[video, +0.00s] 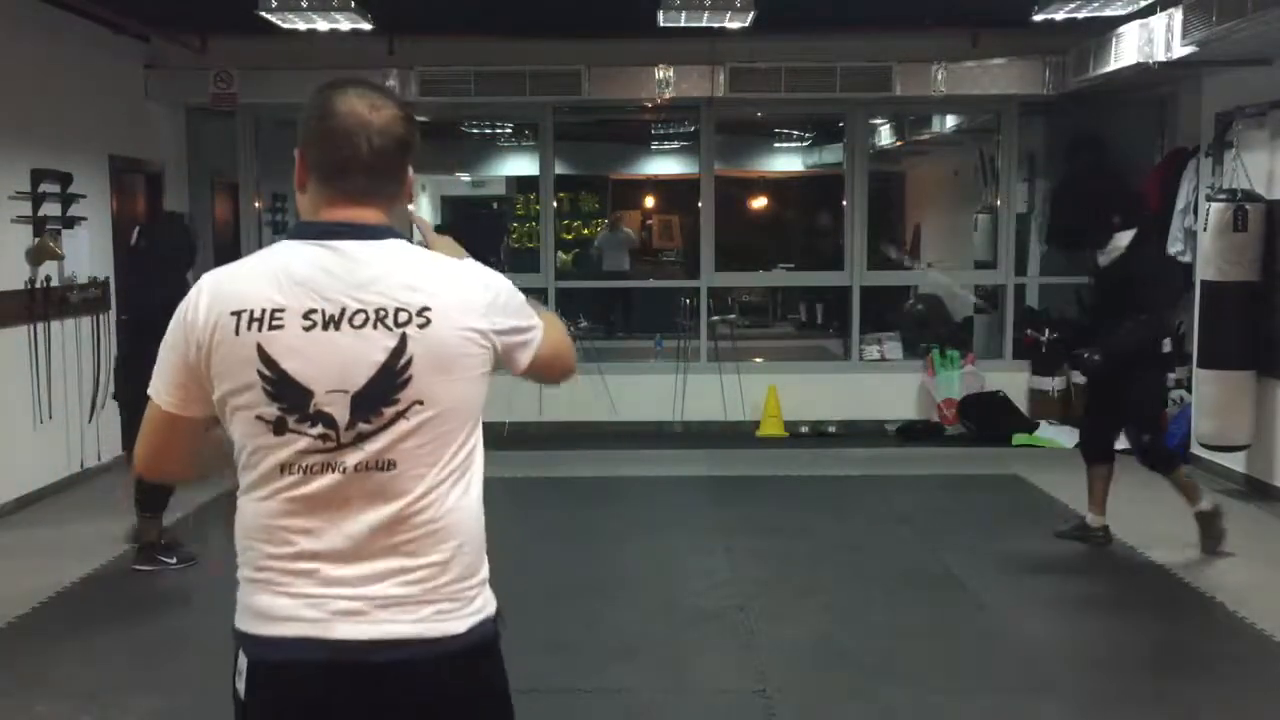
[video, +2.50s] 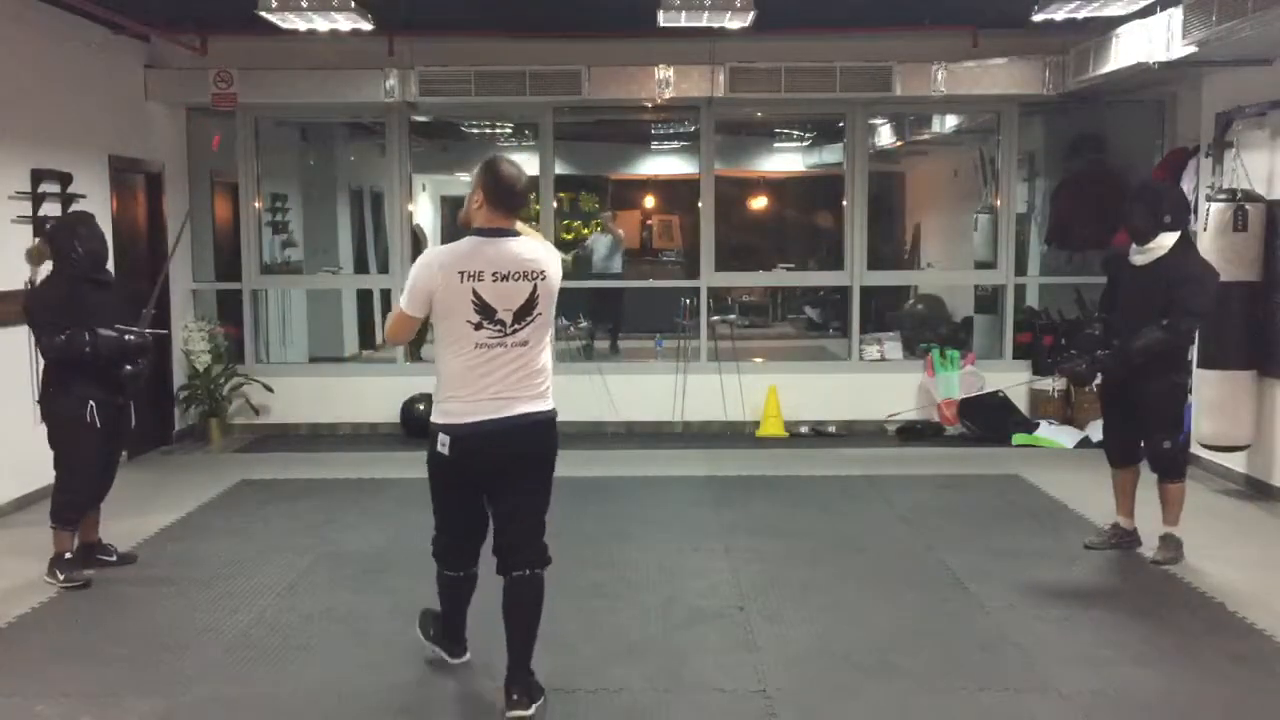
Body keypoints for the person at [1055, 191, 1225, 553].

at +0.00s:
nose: (1091, 238)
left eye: (1094, 230)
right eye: (1089, 233)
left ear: (1112, 220)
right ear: (1116, 219)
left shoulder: (1145, 260)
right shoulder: (1109, 262)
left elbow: (1155, 322)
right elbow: (1103, 319)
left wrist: (1106, 351)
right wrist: (1069, 332)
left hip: (1142, 364)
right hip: (1110, 364)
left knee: (1150, 446)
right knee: (1095, 439)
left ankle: (1204, 508)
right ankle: (1095, 521)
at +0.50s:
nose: (1185, 238)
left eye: (1193, 230)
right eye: (1181, 229)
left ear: (1215, 226)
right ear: (1175, 225)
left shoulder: (1246, 268)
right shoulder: (1166, 266)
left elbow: (1257, 328)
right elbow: (1160, 314)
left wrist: (1197, 338)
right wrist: (1148, 332)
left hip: (1224, 373)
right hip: (1177, 369)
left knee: (1227, 447)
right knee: (1159, 438)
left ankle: (1229, 524)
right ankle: (1177, 518)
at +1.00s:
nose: (1186, 229)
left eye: (1195, 222)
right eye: (1184, 221)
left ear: (1221, 223)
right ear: (1181, 221)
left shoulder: (1249, 269)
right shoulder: (1172, 264)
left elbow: (1258, 330)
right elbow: (1158, 314)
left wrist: (1198, 341)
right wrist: (1146, 328)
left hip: (1224, 376)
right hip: (1177, 372)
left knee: (1228, 451)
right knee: (1153, 440)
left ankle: (1229, 524)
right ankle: (1132, 522)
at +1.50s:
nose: (1135, 223)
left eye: (1144, 215)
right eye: (1134, 214)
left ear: (1166, 220)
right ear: (1129, 217)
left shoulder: (1195, 269)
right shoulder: (1120, 265)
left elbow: (1197, 327)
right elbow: (1107, 314)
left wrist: (1143, 343)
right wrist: (1094, 342)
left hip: (1174, 372)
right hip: (1128, 370)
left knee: (1177, 451)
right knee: (1120, 446)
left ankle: (1213, 514)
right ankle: (1124, 527)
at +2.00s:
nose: (1126, 226)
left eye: (1132, 218)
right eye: (1123, 219)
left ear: (1150, 218)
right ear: (1120, 221)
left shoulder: (1180, 263)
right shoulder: (1113, 263)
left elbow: (1178, 325)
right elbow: (1097, 315)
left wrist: (1131, 349)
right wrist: (1091, 346)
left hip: (1160, 375)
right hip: (1117, 373)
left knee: (1161, 456)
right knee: (1120, 451)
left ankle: (1169, 536)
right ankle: (1124, 528)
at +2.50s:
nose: (1132, 223)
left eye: (1140, 215)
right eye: (1131, 215)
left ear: (1162, 217)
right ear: (1130, 216)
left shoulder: (1191, 268)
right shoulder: (1121, 264)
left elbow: (1182, 329)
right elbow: (1106, 317)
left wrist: (1128, 351)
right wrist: (1093, 348)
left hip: (1164, 377)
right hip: (1120, 373)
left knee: (1168, 456)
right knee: (1122, 451)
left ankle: (1170, 537)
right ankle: (1124, 527)